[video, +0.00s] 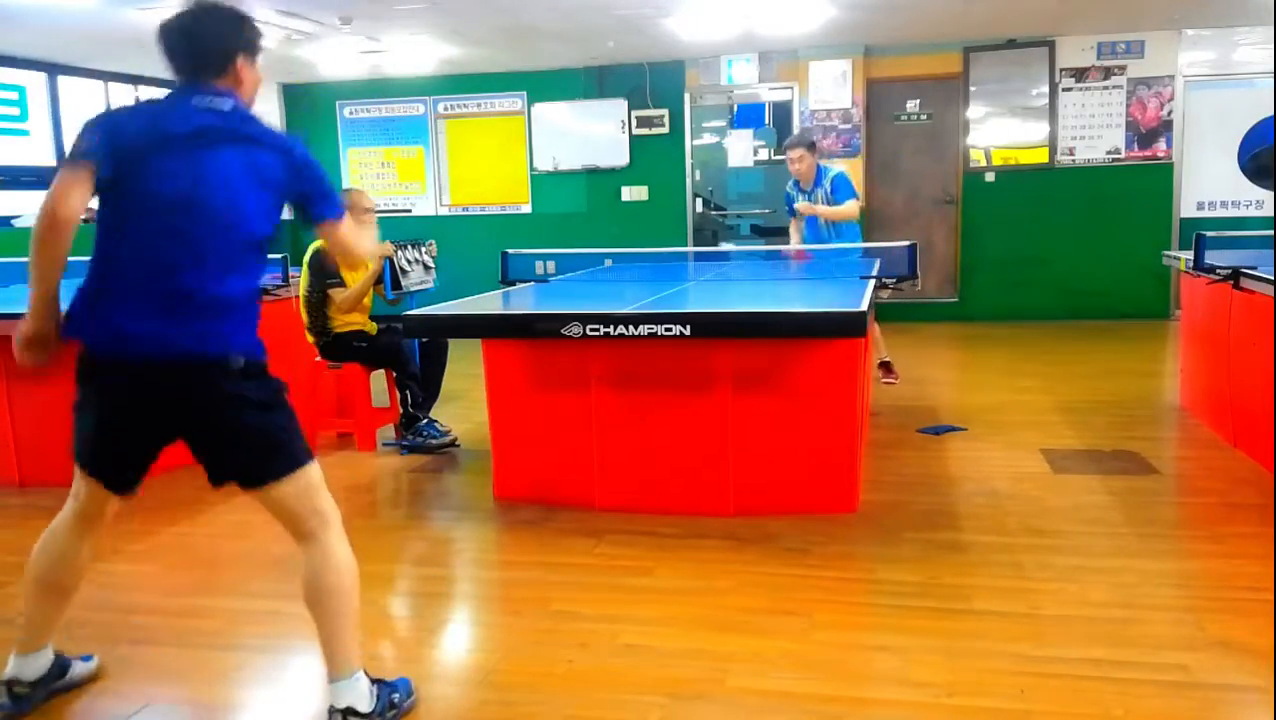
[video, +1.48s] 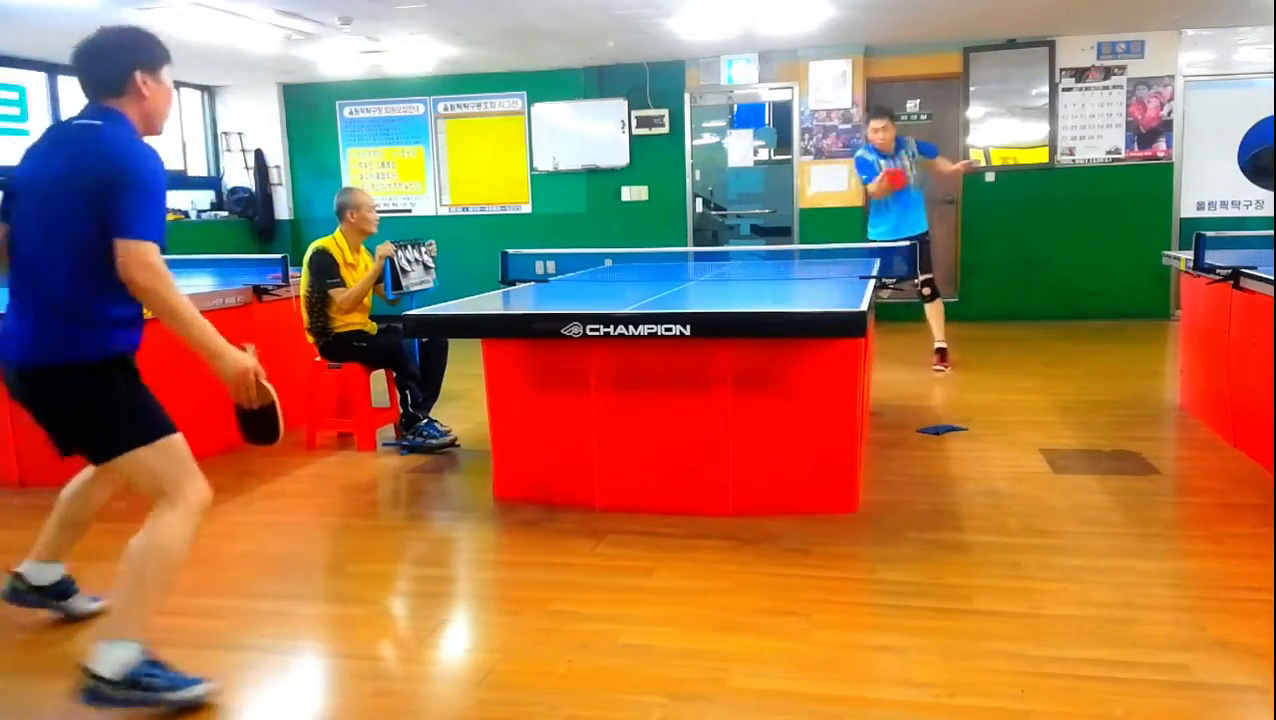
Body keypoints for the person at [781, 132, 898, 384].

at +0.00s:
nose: (794, 167)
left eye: (799, 160)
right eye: (790, 162)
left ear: (814, 157)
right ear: (786, 163)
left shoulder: (837, 178)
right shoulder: (792, 189)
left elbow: (853, 211)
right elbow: (795, 221)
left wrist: (816, 210)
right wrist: (796, 244)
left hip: (846, 258)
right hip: (814, 259)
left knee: (862, 309)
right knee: (814, 310)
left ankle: (883, 360)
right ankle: (814, 365)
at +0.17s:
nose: (813, 161)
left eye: (818, 153)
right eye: (807, 156)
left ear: (828, 148)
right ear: (800, 155)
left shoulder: (848, 162)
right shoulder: (800, 179)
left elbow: (873, 193)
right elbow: (807, 216)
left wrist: (837, 189)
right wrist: (816, 222)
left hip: (858, 247)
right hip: (822, 251)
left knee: (874, 302)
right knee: (822, 305)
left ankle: (887, 359)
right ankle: (826, 363)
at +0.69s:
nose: (817, 162)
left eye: (822, 156)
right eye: (813, 157)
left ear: (836, 154)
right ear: (808, 157)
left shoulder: (855, 175)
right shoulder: (803, 184)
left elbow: (888, 200)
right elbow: (796, 222)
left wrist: (864, 212)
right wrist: (795, 238)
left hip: (857, 257)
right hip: (821, 260)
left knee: (875, 307)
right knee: (818, 311)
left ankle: (900, 352)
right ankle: (820, 363)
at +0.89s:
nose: (847, 159)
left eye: (852, 152)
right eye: (842, 153)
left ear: (867, 150)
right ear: (838, 155)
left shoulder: (885, 173)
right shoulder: (839, 180)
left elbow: (919, 202)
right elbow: (827, 209)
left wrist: (892, 216)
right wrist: (812, 234)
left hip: (888, 253)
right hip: (853, 254)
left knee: (900, 305)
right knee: (849, 306)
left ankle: (921, 354)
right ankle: (848, 360)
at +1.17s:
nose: (858, 156)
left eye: (863, 149)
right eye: (854, 150)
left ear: (878, 148)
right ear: (850, 151)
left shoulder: (897, 172)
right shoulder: (852, 177)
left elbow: (919, 207)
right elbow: (850, 208)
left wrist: (901, 220)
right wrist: (844, 234)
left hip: (899, 248)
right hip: (867, 249)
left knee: (909, 299)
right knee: (858, 301)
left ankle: (931, 351)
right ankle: (855, 354)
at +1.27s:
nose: (866, 156)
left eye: (871, 149)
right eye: (861, 151)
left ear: (884, 146)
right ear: (857, 152)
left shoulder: (907, 163)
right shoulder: (858, 174)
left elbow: (940, 190)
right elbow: (863, 212)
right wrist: (874, 217)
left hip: (911, 240)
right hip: (878, 241)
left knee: (916, 295)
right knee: (863, 295)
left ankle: (932, 351)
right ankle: (858, 352)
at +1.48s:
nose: (879, 136)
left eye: (884, 130)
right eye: (874, 131)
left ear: (894, 128)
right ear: (867, 133)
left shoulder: (908, 145)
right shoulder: (864, 157)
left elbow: (934, 159)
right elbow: (874, 192)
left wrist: (954, 167)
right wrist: (883, 182)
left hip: (915, 230)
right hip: (881, 234)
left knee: (927, 288)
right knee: (868, 291)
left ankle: (940, 347)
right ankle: (859, 349)